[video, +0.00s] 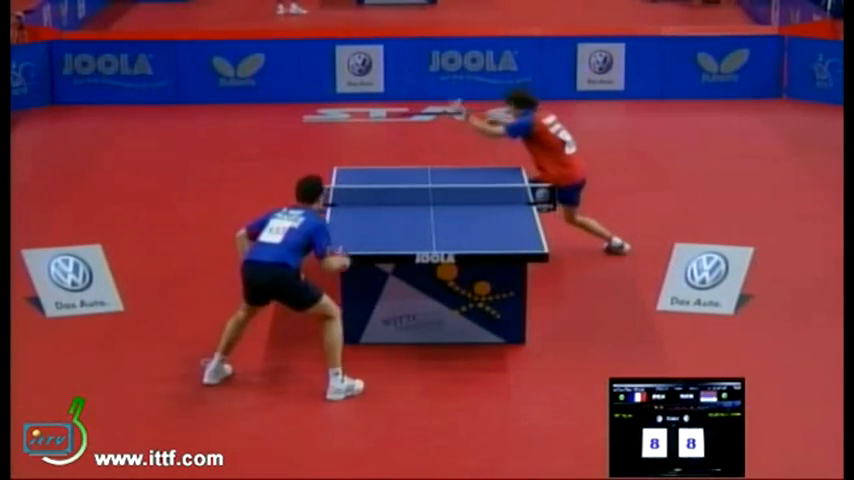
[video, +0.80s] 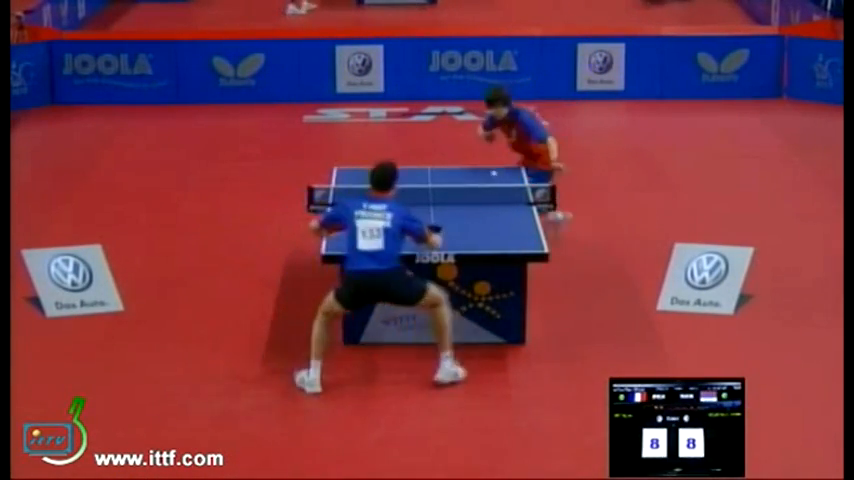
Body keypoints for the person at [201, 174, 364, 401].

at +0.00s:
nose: (324, 201)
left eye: (323, 196)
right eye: (323, 197)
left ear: (297, 196)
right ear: (318, 199)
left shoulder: (278, 213)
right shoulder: (316, 222)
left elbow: (242, 235)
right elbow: (327, 264)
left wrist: (249, 264)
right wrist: (342, 261)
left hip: (253, 268)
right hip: (282, 273)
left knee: (246, 311)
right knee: (332, 314)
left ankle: (216, 364)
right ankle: (337, 380)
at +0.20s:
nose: (335, 184)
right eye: (335, 181)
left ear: (311, 181)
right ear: (333, 184)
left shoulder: (294, 202)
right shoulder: (335, 208)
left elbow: (259, 221)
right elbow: (356, 248)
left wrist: (263, 256)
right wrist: (362, 238)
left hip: (277, 261)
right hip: (308, 264)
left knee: (273, 306)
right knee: (345, 314)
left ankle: (247, 360)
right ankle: (339, 379)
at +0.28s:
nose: (338, 180)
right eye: (339, 177)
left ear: (314, 176)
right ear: (337, 180)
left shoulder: (297, 199)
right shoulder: (339, 204)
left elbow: (263, 219)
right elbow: (363, 242)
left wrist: (269, 252)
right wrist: (369, 234)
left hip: (286, 260)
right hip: (317, 263)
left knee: (284, 305)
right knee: (354, 309)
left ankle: (278, 364)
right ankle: (343, 372)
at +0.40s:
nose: (346, 179)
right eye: (346, 176)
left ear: (321, 176)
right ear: (344, 178)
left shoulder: (304, 200)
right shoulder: (346, 204)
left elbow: (270, 223)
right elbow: (373, 241)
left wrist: (279, 252)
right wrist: (382, 233)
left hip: (297, 264)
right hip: (328, 264)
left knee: (293, 310)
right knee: (376, 305)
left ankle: (281, 368)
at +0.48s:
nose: (352, 178)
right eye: (353, 175)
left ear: (330, 176)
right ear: (353, 179)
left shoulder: (313, 201)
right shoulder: (355, 205)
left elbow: (279, 226)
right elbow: (386, 240)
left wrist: (291, 251)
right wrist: (394, 230)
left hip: (308, 269)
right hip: (340, 268)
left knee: (295, 312)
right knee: (387, 313)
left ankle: (282, 367)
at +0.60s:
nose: (371, 181)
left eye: (361, 176)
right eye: (372, 178)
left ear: (350, 178)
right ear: (372, 180)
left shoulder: (333, 201)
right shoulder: (376, 205)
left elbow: (298, 225)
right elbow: (411, 236)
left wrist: (309, 241)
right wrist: (415, 225)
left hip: (331, 270)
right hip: (364, 270)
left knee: (308, 312)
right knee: (405, 314)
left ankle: (288, 367)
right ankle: (438, 368)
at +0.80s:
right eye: (392, 183)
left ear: (370, 183)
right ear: (393, 186)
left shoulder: (351, 207)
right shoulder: (398, 212)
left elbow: (316, 226)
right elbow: (428, 240)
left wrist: (333, 227)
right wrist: (434, 238)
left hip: (356, 282)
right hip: (392, 279)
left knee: (324, 314)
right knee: (438, 300)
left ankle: (313, 375)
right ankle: (447, 364)